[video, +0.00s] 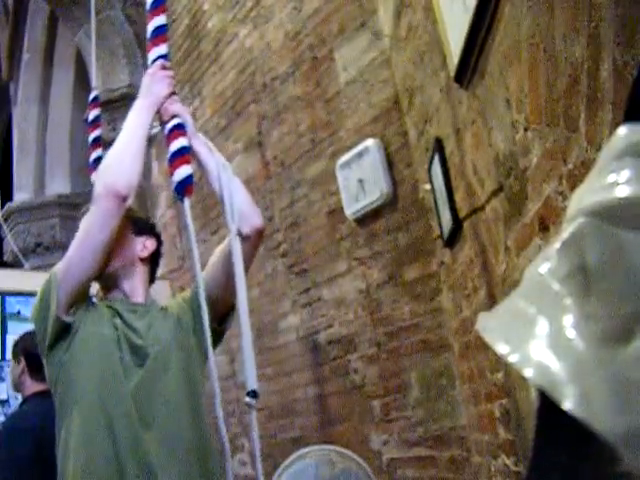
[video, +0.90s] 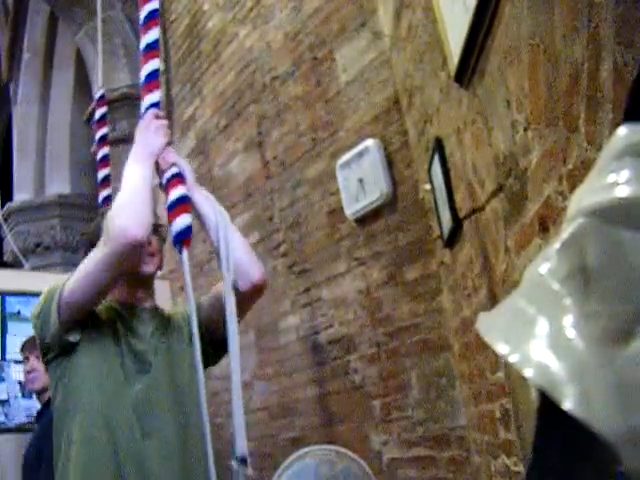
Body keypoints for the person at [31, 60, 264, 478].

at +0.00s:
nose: (101, 238)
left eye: (115, 230)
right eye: (102, 230)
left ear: (146, 245)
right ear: (88, 246)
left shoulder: (185, 320)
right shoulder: (66, 322)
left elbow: (248, 228)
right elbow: (112, 191)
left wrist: (193, 137)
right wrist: (145, 103)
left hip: (189, 470)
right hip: (92, 470)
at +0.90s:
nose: (148, 239)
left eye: (155, 231)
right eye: (137, 232)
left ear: (163, 244)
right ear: (108, 242)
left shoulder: (184, 331)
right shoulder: (65, 325)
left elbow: (251, 280)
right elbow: (126, 237)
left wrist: (193, 191)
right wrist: (142, 154)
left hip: (185, 471)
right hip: (94, 471)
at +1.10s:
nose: (153, 246)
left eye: (159, 235)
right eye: (136, 233)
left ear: (168, 249)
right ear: (97, 255)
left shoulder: (177, 326)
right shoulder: (58, 318)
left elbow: (252, 328)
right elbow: (127, 280)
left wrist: (200, 220)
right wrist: (149, 183)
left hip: (178, 471)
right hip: (90, 471)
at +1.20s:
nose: (152, 242)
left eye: (158, 235)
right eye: (135, 233)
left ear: (169, 251)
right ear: (104, 258)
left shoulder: (178, 334)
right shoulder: (53, 322)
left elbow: (252, 362)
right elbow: (119, 315)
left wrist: (204, 241)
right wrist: (157, 207)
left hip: (176, 472)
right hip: (85, 472)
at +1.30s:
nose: (160, 251)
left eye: (165, 241)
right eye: (143, 240)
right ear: (108, 259)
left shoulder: (180, 332)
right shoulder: (56, 321)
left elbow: (243, 402)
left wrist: (212, 280)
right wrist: (165, 243)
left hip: (175, 473)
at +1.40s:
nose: (163, 261)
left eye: (170, 248)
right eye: (148, 246)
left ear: (179, 256)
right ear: (111, 261)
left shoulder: (185, 332)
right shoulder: (60, 326)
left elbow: (237, 441)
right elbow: (86, 412)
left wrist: (217, 346)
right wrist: (170, 303)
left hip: (175, 473)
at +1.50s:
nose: (167, 267)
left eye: (175, 253)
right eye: (149, 252)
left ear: (184, 262)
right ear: (113, 266)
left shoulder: (190, 340)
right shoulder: (61, 337)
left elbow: (239, 467)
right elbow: (65, 452)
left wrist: (221, 423)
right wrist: (180, 375)